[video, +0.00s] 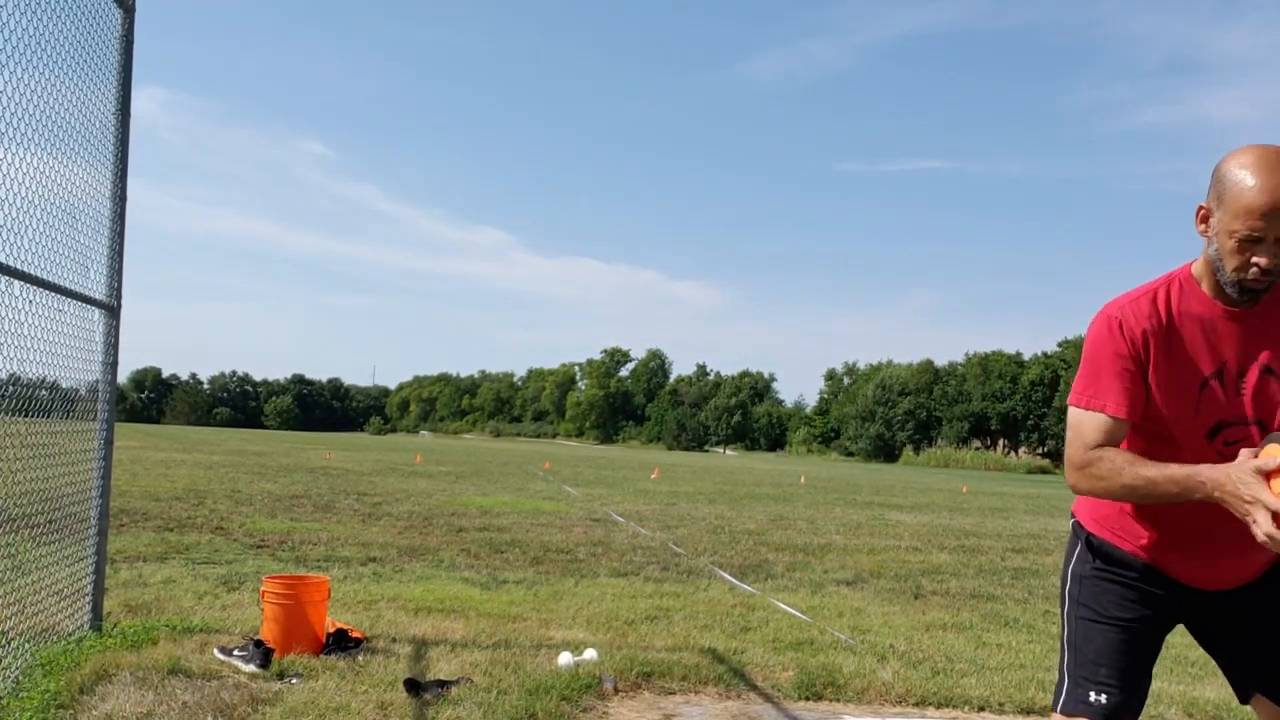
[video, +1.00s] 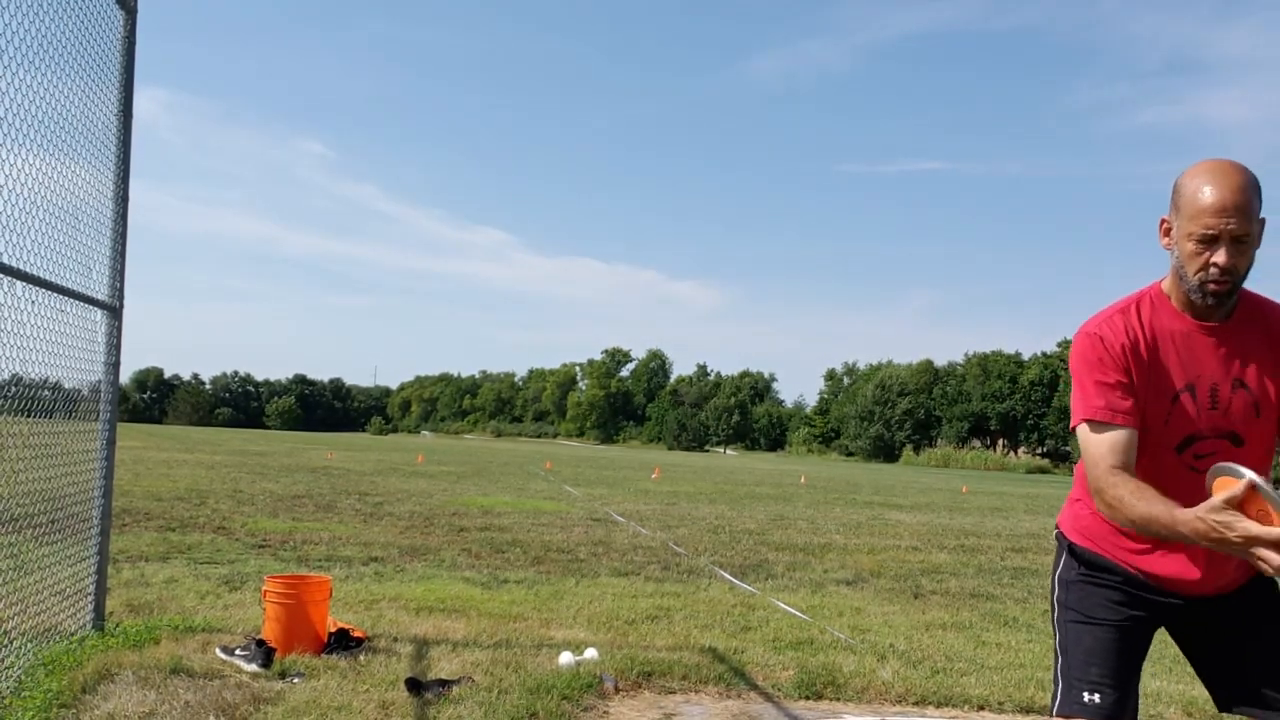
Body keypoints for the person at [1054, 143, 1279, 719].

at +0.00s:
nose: (1266, 261)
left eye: (1278, 243)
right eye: (1249, 242)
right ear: (1205, 222)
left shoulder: (1278, 317)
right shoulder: (1130, 324)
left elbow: (1275, 428)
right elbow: (1085, 466)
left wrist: (1275, 458)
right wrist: (1214, 481)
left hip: (1251, 563)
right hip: (1126, 557)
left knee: (1279, 703)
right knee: (1088, 713)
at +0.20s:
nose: (1268, 261)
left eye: (1279, 242)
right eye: (1252, 241)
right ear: (1208, 222)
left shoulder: (1277, 314)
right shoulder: (1137, 324)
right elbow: (1102, 470)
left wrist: (1269, 459)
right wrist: (1227, 475)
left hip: (1252, 555)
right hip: (1128, 550)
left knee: (1279, 699)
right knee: (1085, 710)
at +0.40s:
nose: (1266, 263)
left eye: (1278, 243)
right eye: (1249, 242)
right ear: (1207, 227)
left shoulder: (1276, 321)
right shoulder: (1137, 329)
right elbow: (1110, 478)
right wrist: (1237, 475)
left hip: (1245, 562)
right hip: (1125, 558)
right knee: (1088, 711)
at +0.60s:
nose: (1252, 258)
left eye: (1269, 239)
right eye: (1236, 238)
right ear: (1196, 227)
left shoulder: (1275, 323)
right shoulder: (1130, 329)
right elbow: (1115, 480)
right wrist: (1244, 473)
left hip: (1240, 568)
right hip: (1121, 563)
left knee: (1275, 704)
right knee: (1088, 711)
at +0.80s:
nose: (1237, 256)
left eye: (1255, 236)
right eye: (1220, 234)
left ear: (1275, 230)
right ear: (1183, 226)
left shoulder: (1279, 323)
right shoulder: (1121, 327)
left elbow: (1265, 446)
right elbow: (1115, 478)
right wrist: (1232, 465)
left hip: (1237, 563)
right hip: (1117, 557)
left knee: (1279, 702)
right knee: (1085, 709)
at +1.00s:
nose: (1223, 259)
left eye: (1239, 241)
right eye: (1206, 240)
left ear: (1260, 238)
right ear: (1167, 233)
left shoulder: (1274, 332)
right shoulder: (1111, 337)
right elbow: (1109, 484)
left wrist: (1268, 529)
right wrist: (1193, 526)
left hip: (1234, 570)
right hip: (1111, 565)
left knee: (1274, 704)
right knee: (1090, 711)